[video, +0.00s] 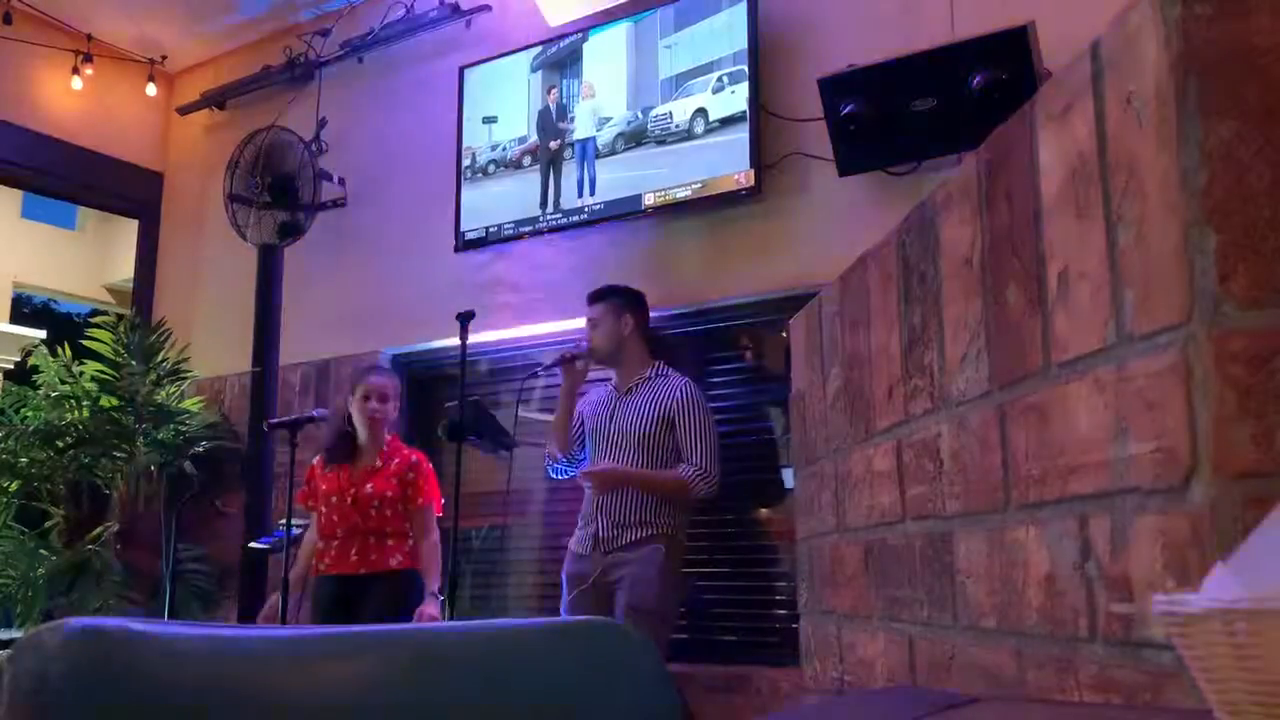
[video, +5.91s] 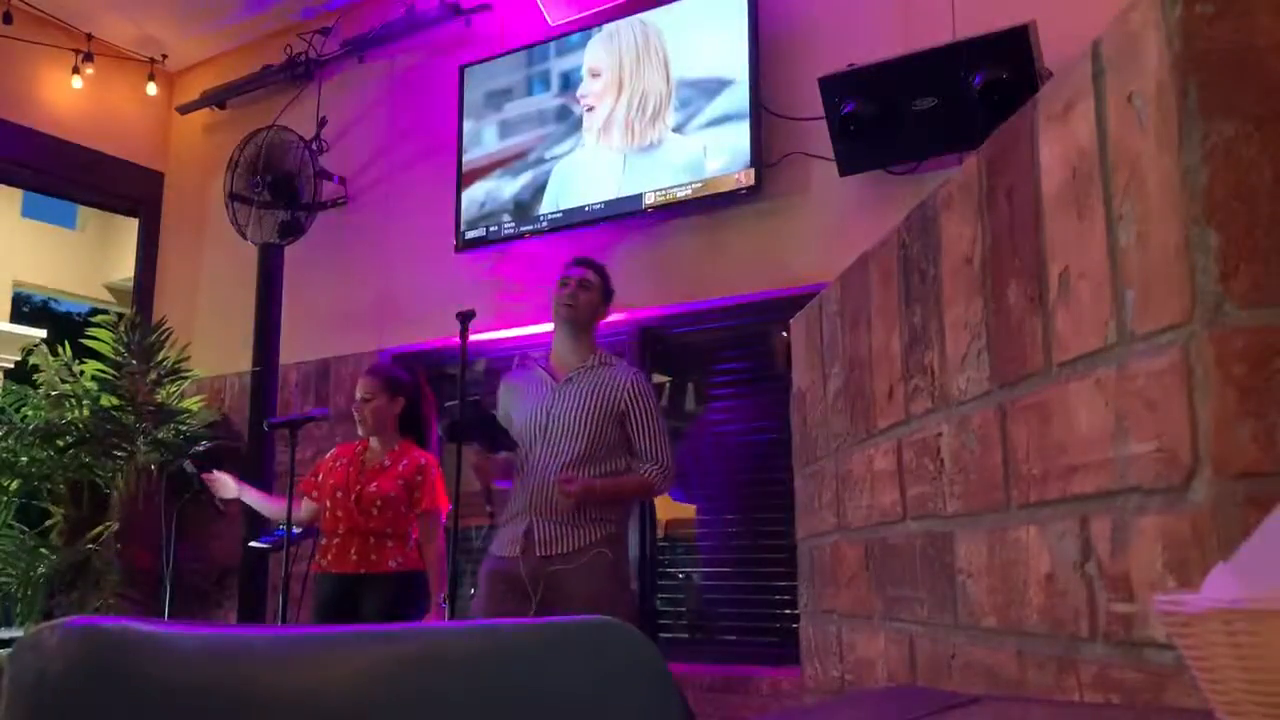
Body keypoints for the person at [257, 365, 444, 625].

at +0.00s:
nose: (374, 407)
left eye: (383, 399)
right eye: (365, 398)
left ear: (396, 407)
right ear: (350, 404)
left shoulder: (412, 464)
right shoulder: (324, 465)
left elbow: (428, 536)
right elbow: (315, 534)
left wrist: (431, 596)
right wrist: (285, 593)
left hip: (392, 586)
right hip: (333, 586)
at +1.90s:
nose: (343, 436)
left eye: (351, 425)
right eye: (338, 427)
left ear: (378, 413)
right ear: (332, 423)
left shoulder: (411, 465)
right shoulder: (342, 471)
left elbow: (424, 538)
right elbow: (329, 532)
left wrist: (431, 604)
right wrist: (266, 560)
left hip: (388, 585)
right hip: (340, 584)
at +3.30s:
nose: (345, 419)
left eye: (350, 409)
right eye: (344, 411)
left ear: (379, 407)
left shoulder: (414, 462)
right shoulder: (347, 463)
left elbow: (424, 532)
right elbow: (324, 522)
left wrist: (415, 597)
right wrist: (257, 510)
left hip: (391, 581)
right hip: (342, 581)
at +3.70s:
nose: (344, 416)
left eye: (352, 407)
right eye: (342, 408)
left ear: (381, 407)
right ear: (341, 410)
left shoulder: (414, 463)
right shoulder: (337, 464)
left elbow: (428, 537)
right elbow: (283, 502)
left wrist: (435, 605)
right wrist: (228, 469)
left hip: (392, 584)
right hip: (338, 585)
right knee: (336, 681)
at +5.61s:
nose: (356, 411)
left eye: (367, 403)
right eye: (354, 403)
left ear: (396, 407)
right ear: (351, 404)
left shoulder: (416, 465)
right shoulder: (335, 461)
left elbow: (429, 538)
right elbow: (278, 502)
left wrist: (431, 602)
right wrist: (225, 470)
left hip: (390, 584)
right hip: (332, 582)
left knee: (379, 677)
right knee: (324, 674)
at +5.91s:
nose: (356, 408)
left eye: (367, 400)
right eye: (355, 400)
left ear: (397, 404)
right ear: (354, 401)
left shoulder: (420, 465)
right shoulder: (338, 458)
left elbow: (431, 540)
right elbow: (300, 513)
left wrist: (437, 605)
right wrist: (239, 490)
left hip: (393, 587)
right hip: (334, 587)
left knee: (388, 686)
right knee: (329, 684)